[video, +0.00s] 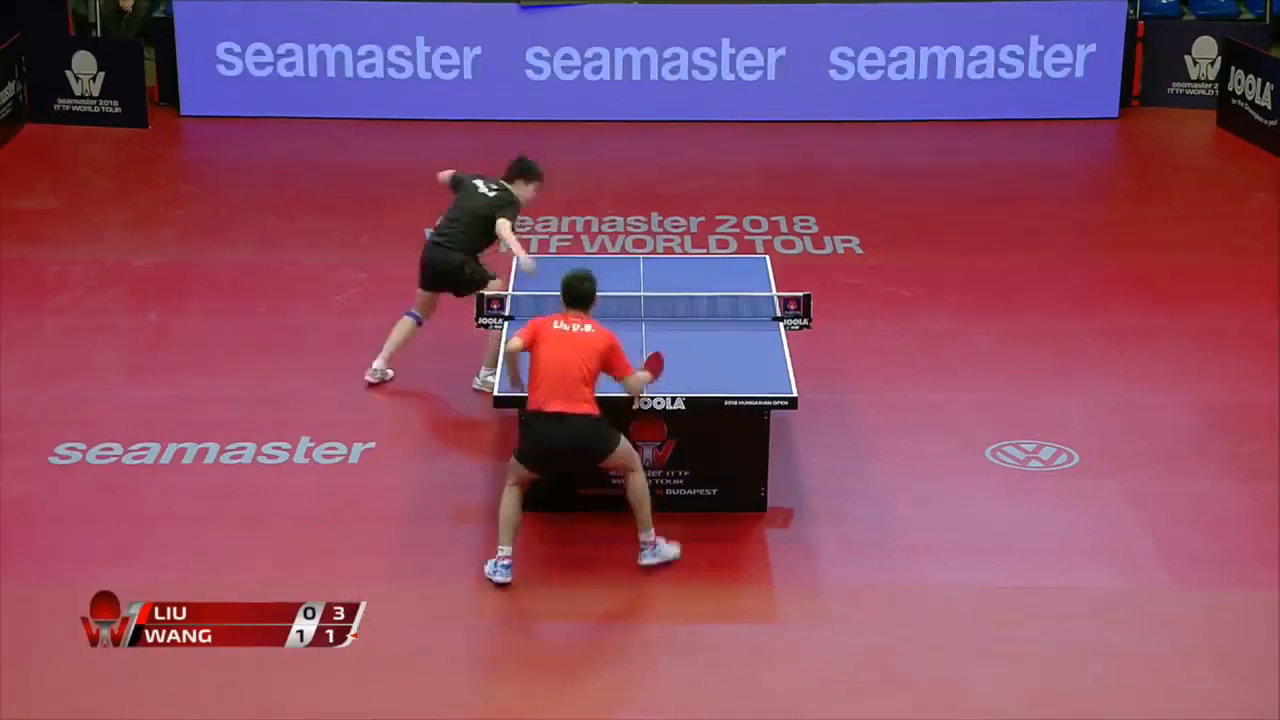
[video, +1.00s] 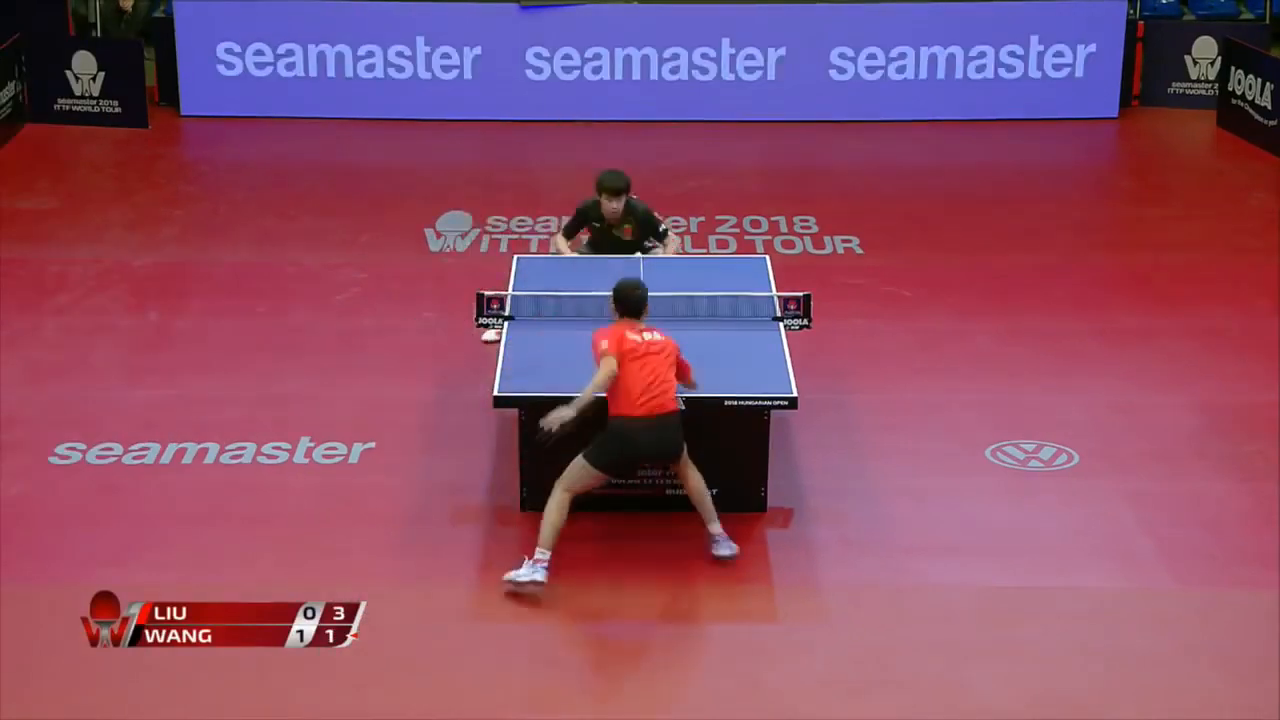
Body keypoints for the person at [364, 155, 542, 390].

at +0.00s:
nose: (533, 196)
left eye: (536, 190)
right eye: (534, 189)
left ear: (512, 177)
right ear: (522, 182)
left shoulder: (476, 181)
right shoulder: (509, 201)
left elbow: (443, 176)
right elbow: (503, 228)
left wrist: (461, 182)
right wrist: (521, 254)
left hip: (431, 254)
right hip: (458, 261)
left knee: (420, 309)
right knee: (503, 301)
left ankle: (379, 364)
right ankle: (488, 373)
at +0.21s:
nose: (567, 182)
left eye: (569, 176)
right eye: (564, 175)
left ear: (546, 166)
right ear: (548, 169)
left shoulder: (531, 173)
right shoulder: (525, 188)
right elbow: (483, 202)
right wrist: (478, 239)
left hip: (488, 240)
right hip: (480, 242)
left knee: (494, 298)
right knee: (505, 303)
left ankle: (432, 323)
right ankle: (487, 372)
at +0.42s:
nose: (578, 142)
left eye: (581, 137)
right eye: (573, 136)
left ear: (583, 137)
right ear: (555, 135)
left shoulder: (569, 155)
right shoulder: (531, 154)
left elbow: (589, 158)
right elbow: (493, 167)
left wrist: (612, 158)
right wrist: (485, 201)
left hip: (546, 223)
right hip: (515, 223)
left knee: (576, 270)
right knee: (504, 291)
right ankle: (480, 352)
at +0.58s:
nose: (583, 151)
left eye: (587, 145)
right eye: (578, 145)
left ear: (593, 146)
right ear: (564, 146)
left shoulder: (597, 170)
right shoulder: (545, 169)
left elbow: (623, 184)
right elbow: (518, 184)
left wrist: (638, 191)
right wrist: (516, 213)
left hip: (582, 243)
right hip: (546, 241)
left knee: (592, 292)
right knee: (519, 290)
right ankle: (483, 345)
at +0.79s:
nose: (601, 163)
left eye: (605, 157)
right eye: (595, 157)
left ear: (611, 156)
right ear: (583, 155)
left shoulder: (622, 175)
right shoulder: (564, 174)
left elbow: (656, 197)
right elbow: (551, 195)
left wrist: (654, 230)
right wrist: (550, 230)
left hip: (610, 241)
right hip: (571, 240)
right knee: (537, 270)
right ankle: (503, 324)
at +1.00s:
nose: (614, 205)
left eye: (619, 199)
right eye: (609, 199)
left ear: (627, 197)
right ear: (599, 197)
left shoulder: (640, 211)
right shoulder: (589, 209)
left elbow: (672, 240)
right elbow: (560, 238)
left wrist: (666, 257)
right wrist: (567, 254)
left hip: (631, 257)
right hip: (594, 255)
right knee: (555, 280)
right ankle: (507, 326)